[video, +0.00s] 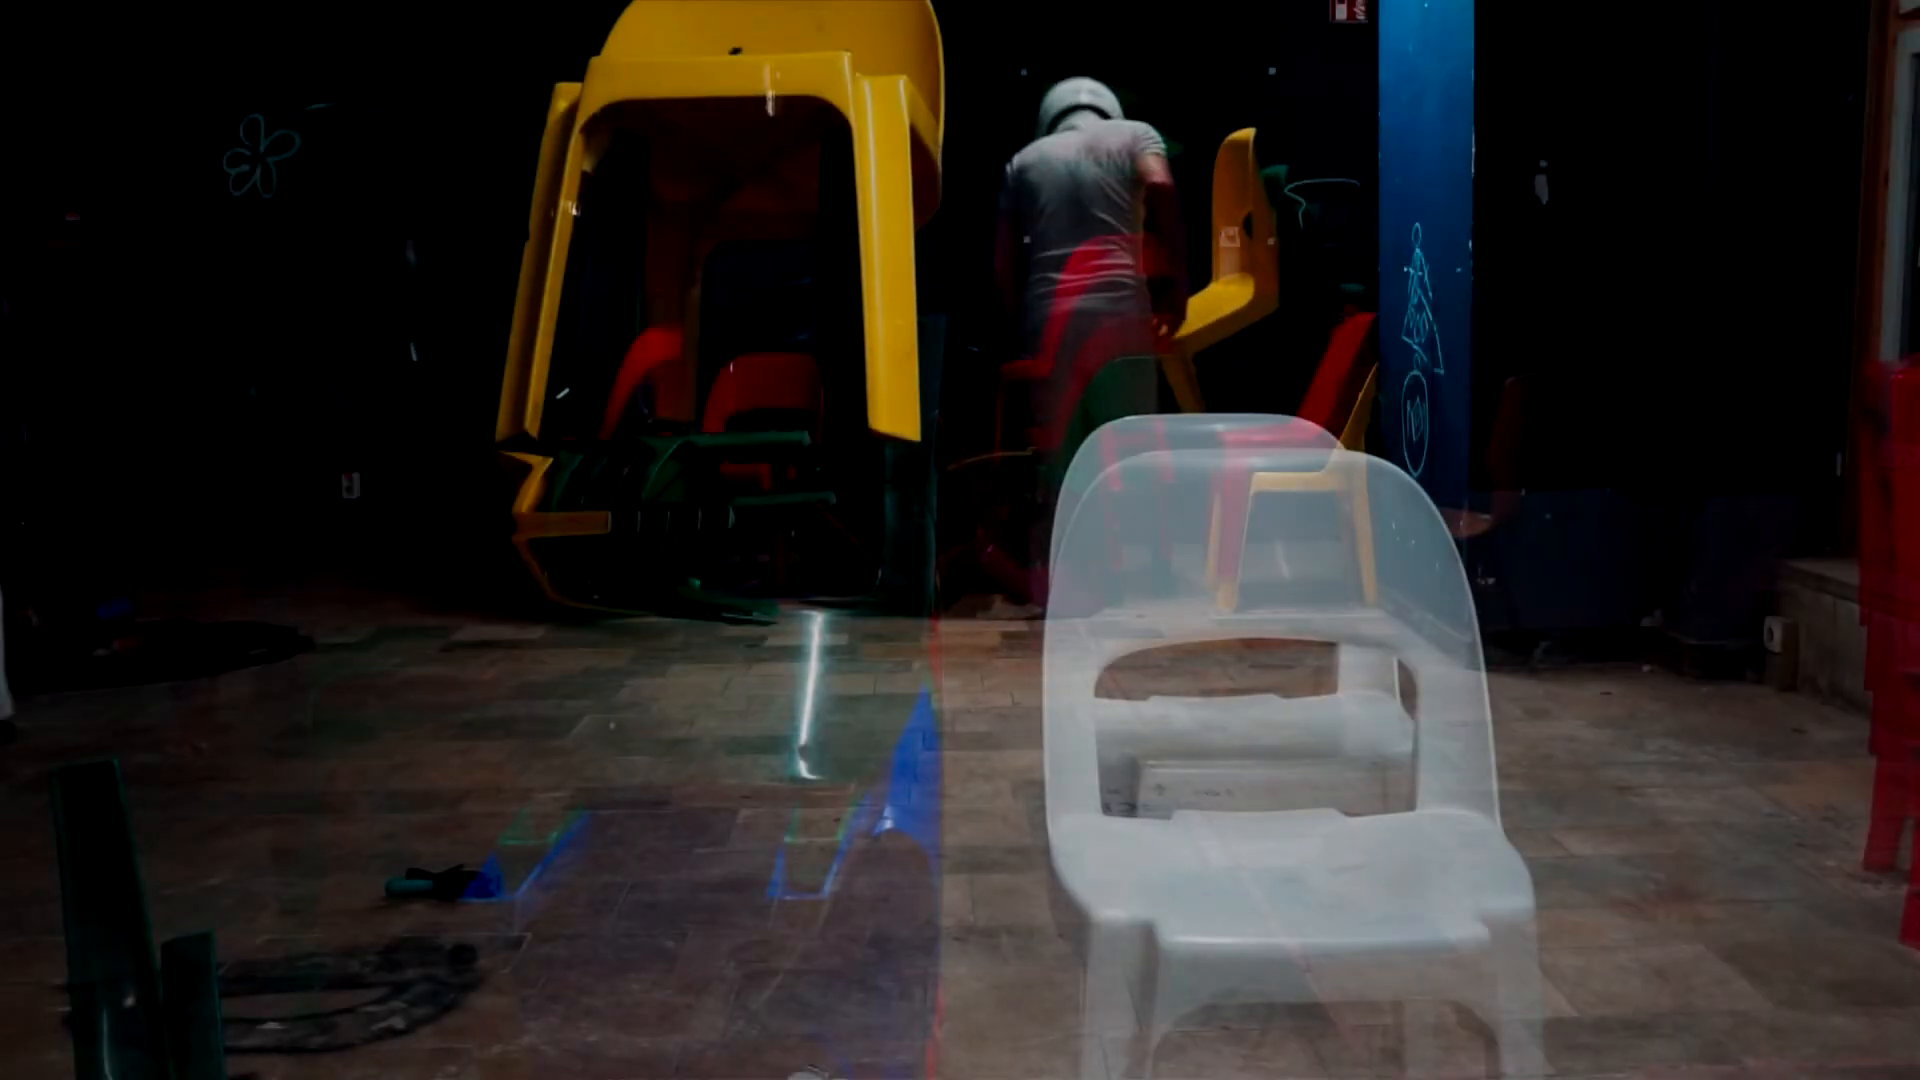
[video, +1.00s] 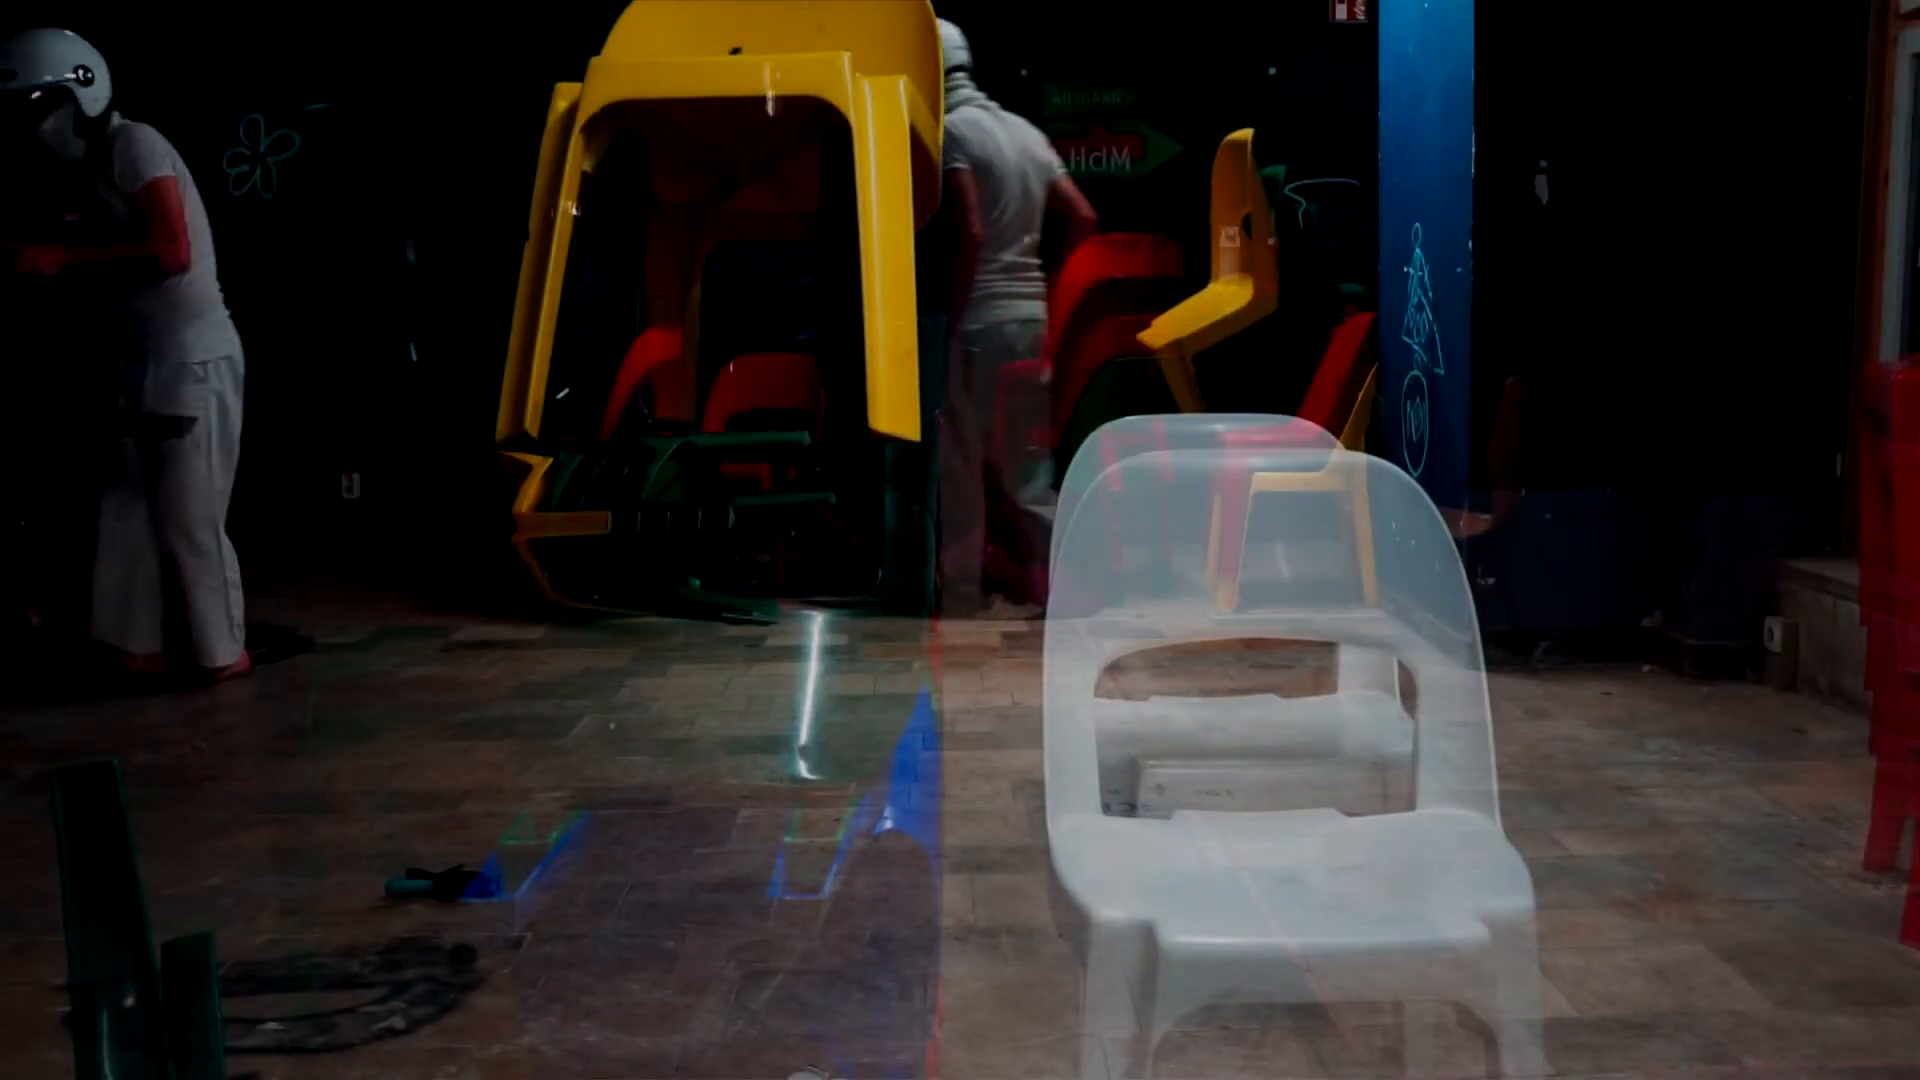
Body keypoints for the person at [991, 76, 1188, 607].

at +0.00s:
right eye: (1109, 107)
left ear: (1050, 118)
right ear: (1107, 108)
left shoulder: (1023, 161)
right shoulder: (1134, 134)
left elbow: (1007, 255)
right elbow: (1160, 187)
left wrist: (1015, 314)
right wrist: (1174, 288)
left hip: (1051, 324)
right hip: (1120, 319)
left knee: (1057, 458)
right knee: (1133, 449)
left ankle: (1053, 586)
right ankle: (1137, 576)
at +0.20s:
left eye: (1038, 96)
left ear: (1045, 95)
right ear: (1106, 89)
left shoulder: (1031, 142)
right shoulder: (1154, 133)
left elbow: (1011, 240)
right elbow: (1204, 198)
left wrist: (1006, 310)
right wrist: (1180, 276)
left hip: (1060, 318)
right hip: (1134, 318)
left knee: (1054, 455)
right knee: (1133, 453)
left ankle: (1049, 585)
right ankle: (1138, 578)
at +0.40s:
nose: (1023, 91)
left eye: (1025, 82)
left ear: (1038, 80)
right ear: (1093, 73)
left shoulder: (1037, 129)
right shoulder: (1153, 134)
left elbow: (1027, 233)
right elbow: (1203, 213)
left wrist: (1006, 310)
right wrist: (1157, 279)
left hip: (1061, 319)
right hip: (1133, 319)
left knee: (1039, 457)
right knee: (1131, 456)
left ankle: (1022, 593)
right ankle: (1133, 586)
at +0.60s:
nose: (993, 89)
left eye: (995, 78)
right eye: (991, 79)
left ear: (1012, 74)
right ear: (1062, 67)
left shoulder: (1022, 125)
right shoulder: (1123, 131)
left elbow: (1033, 226)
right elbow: (1182, 221)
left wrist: (1014, 321)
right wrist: (1133, 276)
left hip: (1051, 315)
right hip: (1117, 314)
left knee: (1009, 454)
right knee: (1115, 451)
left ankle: (978, 594)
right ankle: (1121, 586)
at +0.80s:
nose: (943, 90)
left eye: (946, 77)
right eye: (943, 78)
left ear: (963, 73)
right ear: (1014, 65)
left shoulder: (982, 131)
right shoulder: (1075, 132)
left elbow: (1009, 233)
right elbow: (1135, 223)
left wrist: (1001, 341)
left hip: (1013, 320)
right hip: (1075, 320)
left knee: (984, 463)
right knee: (1077, 458)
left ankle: (968, 595)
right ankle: (1100, 589)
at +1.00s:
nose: (909, 90)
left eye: (910, 76)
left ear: (926, 74)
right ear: (966, 67)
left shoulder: (944, 131)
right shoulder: (1023, 132)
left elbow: (969, 228)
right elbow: (1082, 219)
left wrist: (948, 310)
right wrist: (1046, 284)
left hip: (974, 315)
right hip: (1030, 309)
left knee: (957, 460)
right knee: (1028, 464)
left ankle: (959, 603)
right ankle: (1065, 593)